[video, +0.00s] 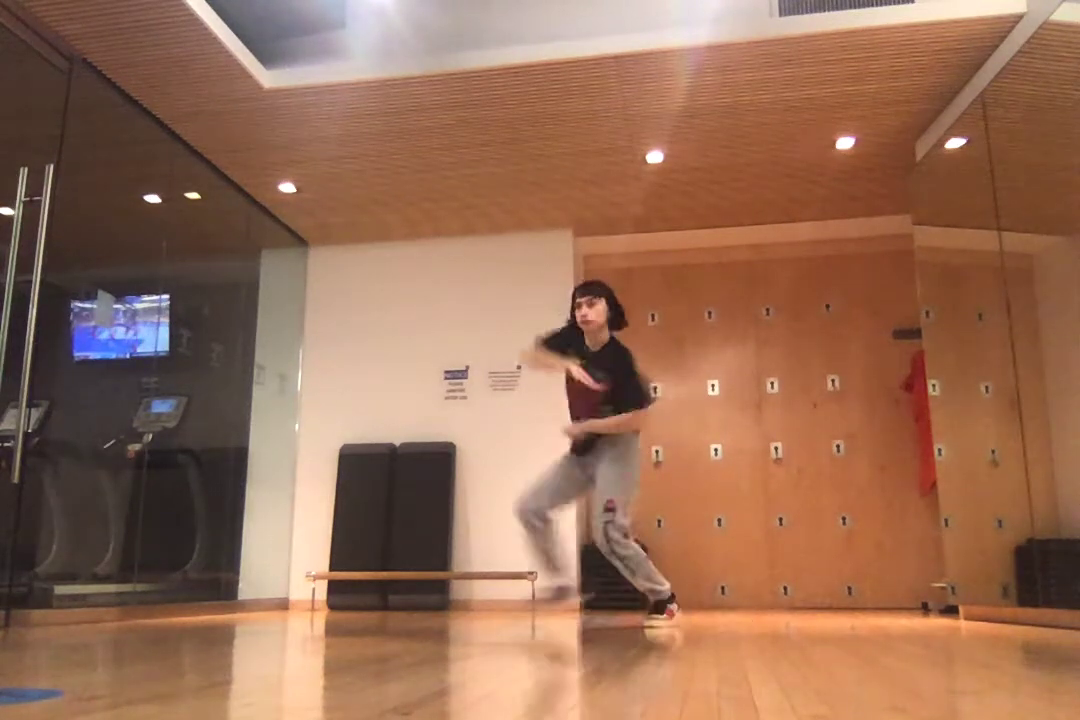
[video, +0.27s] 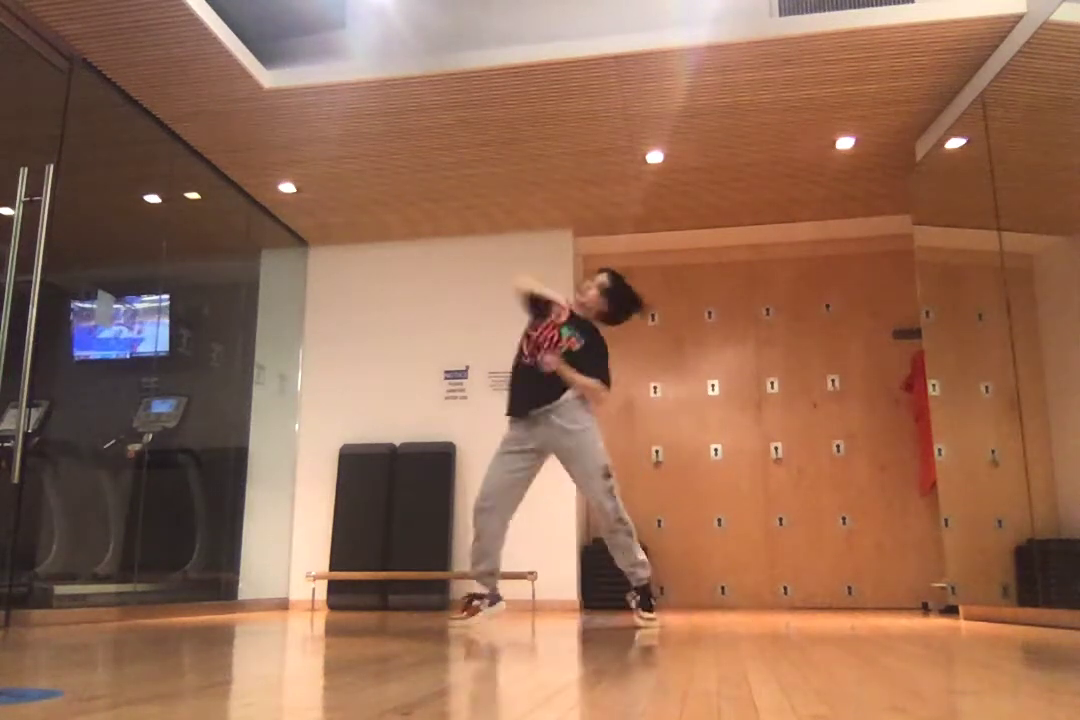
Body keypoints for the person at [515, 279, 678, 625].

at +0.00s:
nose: (584, 311)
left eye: (592, 304)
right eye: (579, 306)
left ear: (608, 309)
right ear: (574, 313)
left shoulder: (619, 356)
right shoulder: (570, 339)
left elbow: (637, 419)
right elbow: (532, 355)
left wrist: (586, 425)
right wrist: (570, 366)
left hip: (617, 449)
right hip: (584, 451)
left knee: (609, 532)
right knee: (530, 507)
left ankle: (662, 598)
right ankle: (561, 585)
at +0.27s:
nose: (586, 285)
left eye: (596, 287)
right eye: (591, 280)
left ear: (603, 308)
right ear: (586, 287)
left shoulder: (592, 340)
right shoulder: (551, 310)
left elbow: (599, 392)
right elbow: (522, 288)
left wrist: (560, 366)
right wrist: (545, 299)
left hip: (567, 418)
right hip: (523, 425)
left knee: (604, 501)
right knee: (489, 505)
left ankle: (641, 585)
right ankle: (485, 591)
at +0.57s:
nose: (553, 301)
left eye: (559, 294)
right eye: (545, 295)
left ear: (570, 305)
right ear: (532, 307)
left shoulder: (583, 342)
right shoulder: (521, 354)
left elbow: (634, 355)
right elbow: (489, 408)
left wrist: (587, 368)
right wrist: (531, 392)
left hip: (576, 455)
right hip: (526, 456)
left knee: (599, 531)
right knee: (490, 527)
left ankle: (656, 594)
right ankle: (475, 599)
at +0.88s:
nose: (558, 315)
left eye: (565, 309)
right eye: (550, 310)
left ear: (576, 317)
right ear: (540, 319)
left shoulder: (587, 353)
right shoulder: (524, 359)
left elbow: (638, 374)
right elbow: (487, 409)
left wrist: (587, 383)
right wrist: (531, 399)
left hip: (577, 450)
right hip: (531, 452)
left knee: (583, 529)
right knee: (525, 531)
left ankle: (655, 585)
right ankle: (472, 595)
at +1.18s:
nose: (585, 300)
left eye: (588, 293)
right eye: (576, 295)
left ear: (597, 301)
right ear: (563, 306)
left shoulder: (607, 340)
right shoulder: (560, 343)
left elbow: (632, 353)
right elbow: (544, 388)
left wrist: (620, 362)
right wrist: (588, 370)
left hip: (602, 452)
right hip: (566, 444)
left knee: (656, 514)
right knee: (526, 525)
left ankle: (647, 603)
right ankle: (463, 584)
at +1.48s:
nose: (609, 306)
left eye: (608, 299)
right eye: (604, 299)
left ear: (584, 300)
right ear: (587, 301)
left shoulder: (593, 337)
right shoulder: (562, 331)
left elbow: (589, 383)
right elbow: (541, 372)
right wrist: (589, 351)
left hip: (598, 450)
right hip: (562, 444)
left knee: (635, 513)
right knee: (539, 531)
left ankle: (648, 603)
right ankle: (474, 587)